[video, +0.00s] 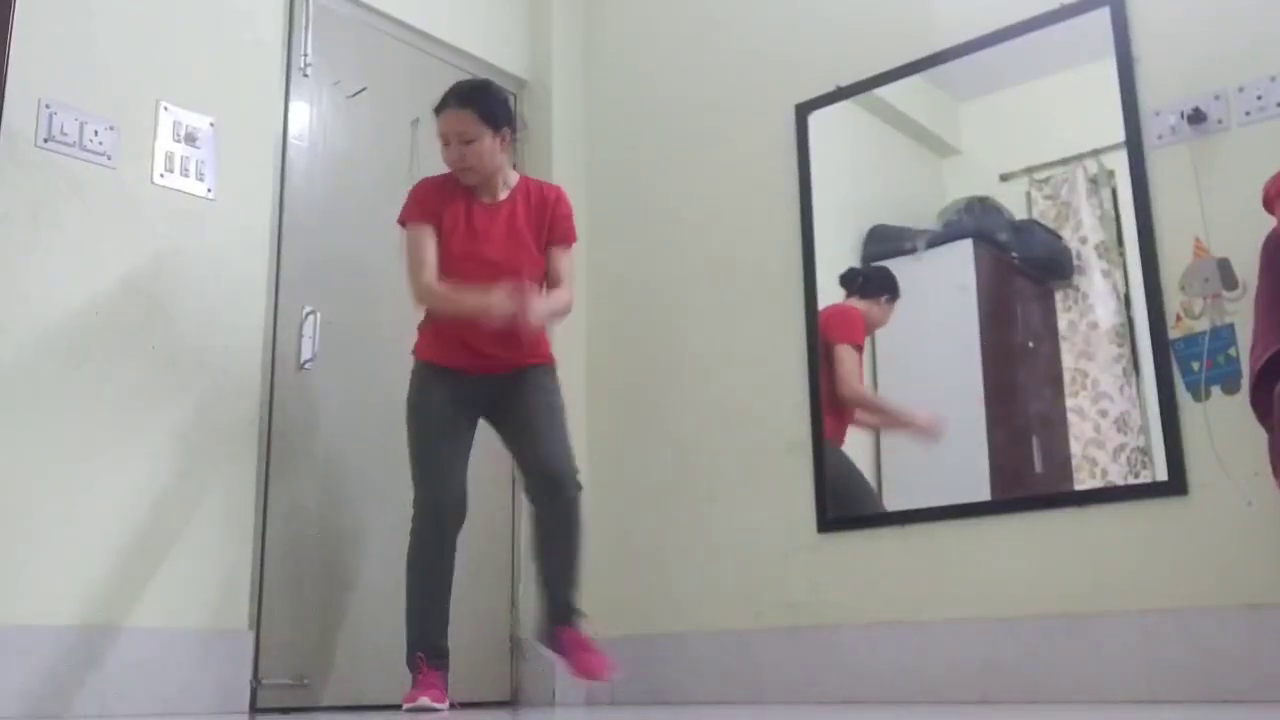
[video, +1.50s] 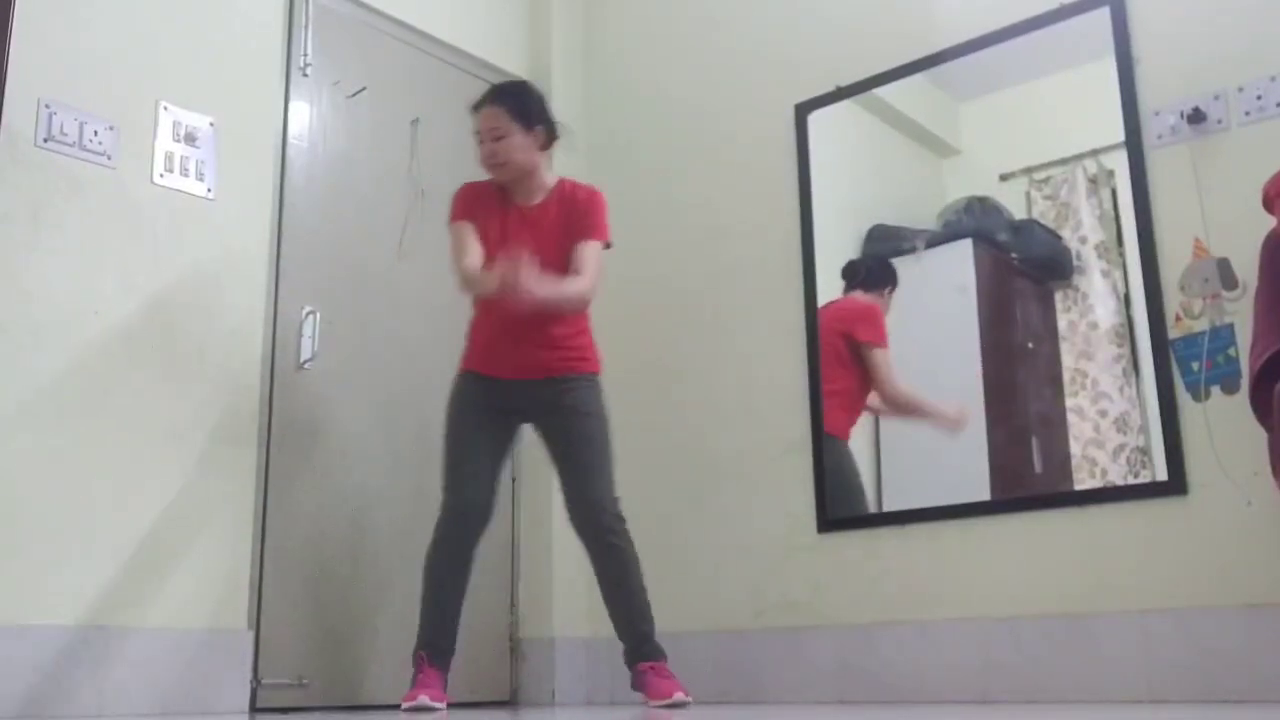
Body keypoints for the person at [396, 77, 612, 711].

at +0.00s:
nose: (453, 155)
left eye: (465, 141)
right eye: (445, 143)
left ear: (505, 137)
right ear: (441, 143)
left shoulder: (549, 202)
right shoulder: (430, 197)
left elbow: (563, 292)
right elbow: (425, 289)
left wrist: (540, 306)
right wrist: (490, 300)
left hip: (524, 373)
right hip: (444, 372)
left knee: (559, 485)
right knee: (439, 508)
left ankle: (561, 624)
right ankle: (428, 668)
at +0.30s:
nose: (543, 126)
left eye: (556, 115)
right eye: (530, 115)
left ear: (576, 127)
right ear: (511, 126)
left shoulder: (604, 191)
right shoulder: (489, 195)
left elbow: (624, 282)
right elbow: (497, 279)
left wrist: (592, 262)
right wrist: (563, 274)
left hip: (595, 377)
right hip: (514, 376)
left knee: (620, 515)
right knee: (479, 516)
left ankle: (653, 666)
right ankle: (434, 669)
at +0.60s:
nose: (614, 121)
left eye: (626, 112)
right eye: (601, 110)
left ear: (642, 128)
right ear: (578, 125)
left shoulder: (666, 197)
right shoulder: (551, 199)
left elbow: (701, 294)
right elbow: (516, 299)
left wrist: (729, 384)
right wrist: (500, 389)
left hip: (653, 372)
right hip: (574, 368)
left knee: (657, 512)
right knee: (575, 490)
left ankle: (658, 663)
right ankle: (562, 633)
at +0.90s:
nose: (620, 120)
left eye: (633, 112)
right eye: (607, 109)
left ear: (648, 130)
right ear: (583, 125)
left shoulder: (673, 198)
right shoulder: (554, 199)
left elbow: (723, 275)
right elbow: (495, 274)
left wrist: (757, 356)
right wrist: (504, 366)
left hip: (667, 367)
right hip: (590, 369)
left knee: (664, 512)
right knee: (621, 497)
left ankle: (658, 661)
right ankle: (622, 635)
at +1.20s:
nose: (572, 131)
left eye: (586, 119)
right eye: (562, 122)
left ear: (619, 127)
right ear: (554, 133)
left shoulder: (654, 194)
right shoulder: (542, 200)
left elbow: (667, 284)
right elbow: (534, 287)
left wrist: (606, 284)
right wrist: (565, 275)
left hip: (643, 372)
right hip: (566, 371)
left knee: (645, 510)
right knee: (513, 494)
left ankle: (656, 665)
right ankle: (509, 630)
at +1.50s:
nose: (485, 149)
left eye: (497, 136)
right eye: (479, 138)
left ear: (540, 136)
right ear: (479, 143)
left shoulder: (583, 201)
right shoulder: (472, 200)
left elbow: (584, 287)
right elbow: (468, 275)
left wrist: (534, 287)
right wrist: (497, 275)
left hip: (567, 381)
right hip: (486, 380)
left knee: (599, 514)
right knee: (462, 513)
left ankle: (648, 663)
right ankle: (430, 671)